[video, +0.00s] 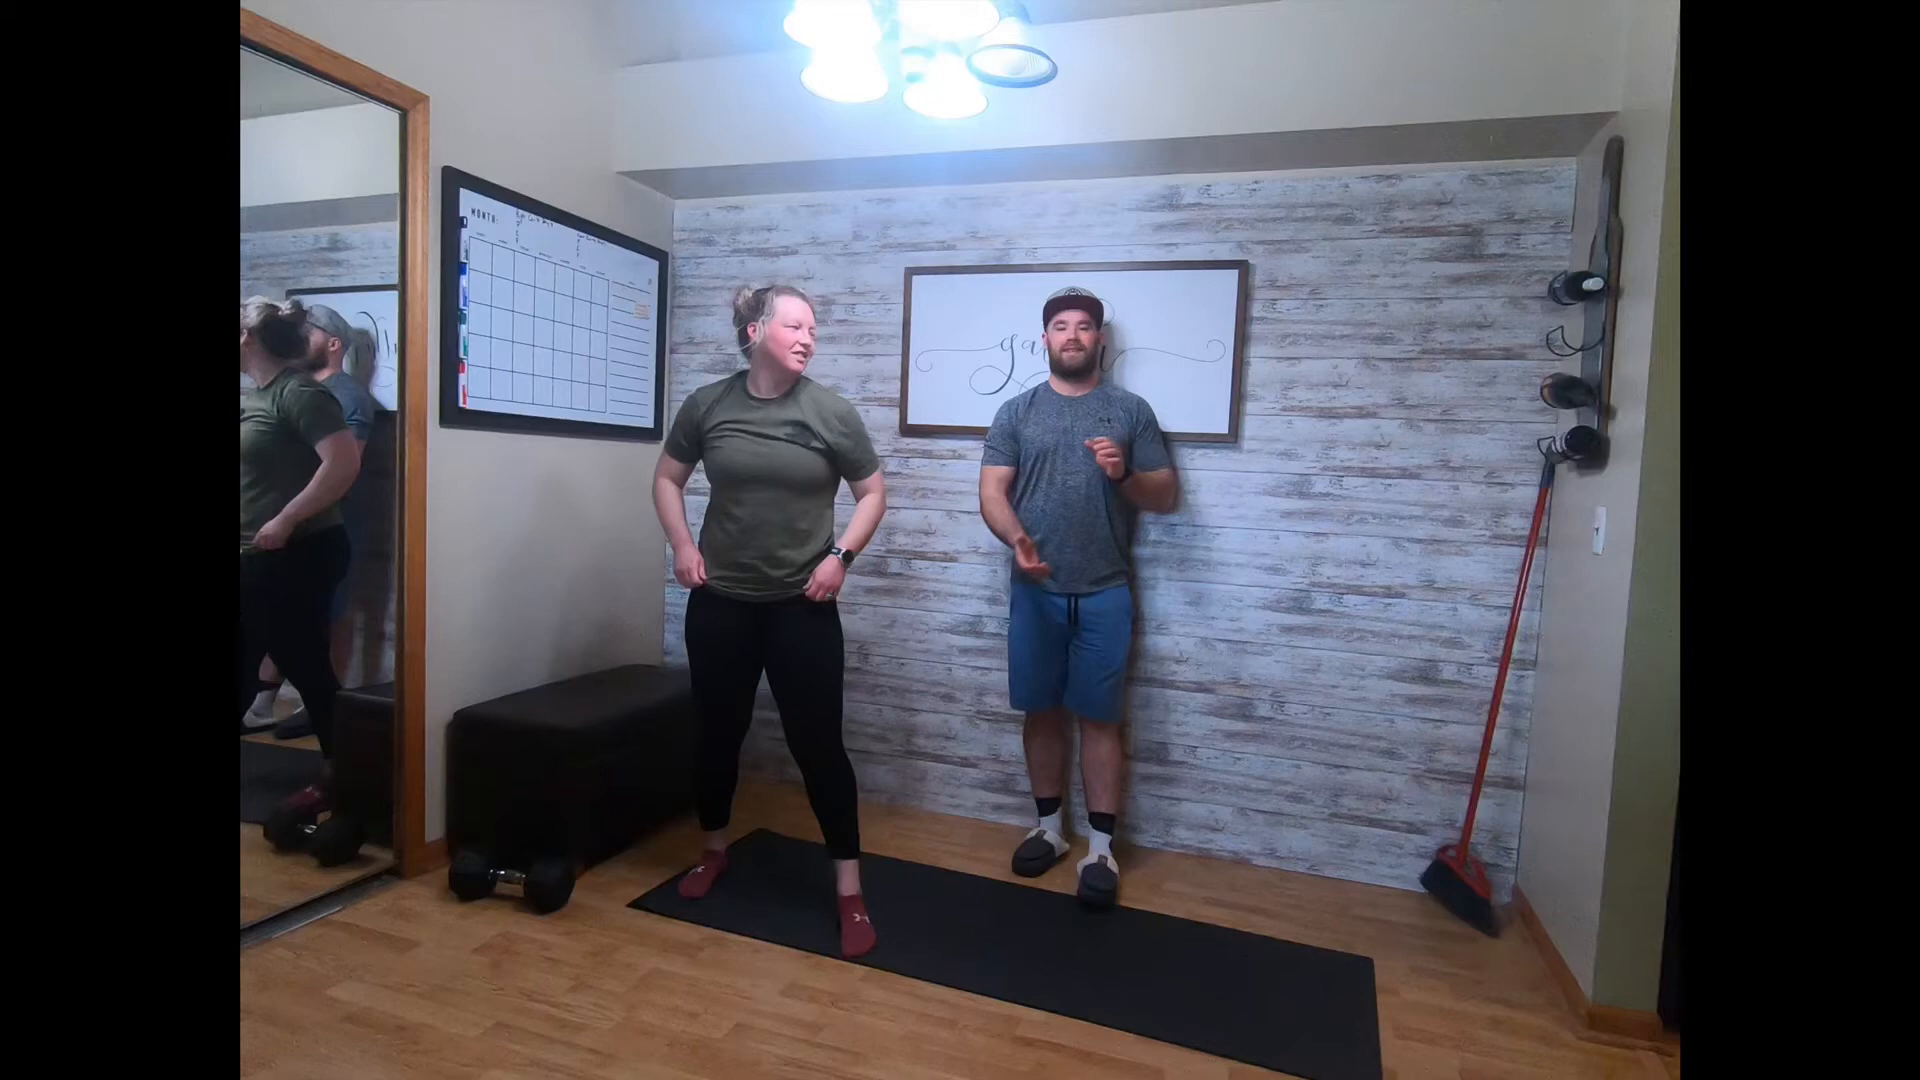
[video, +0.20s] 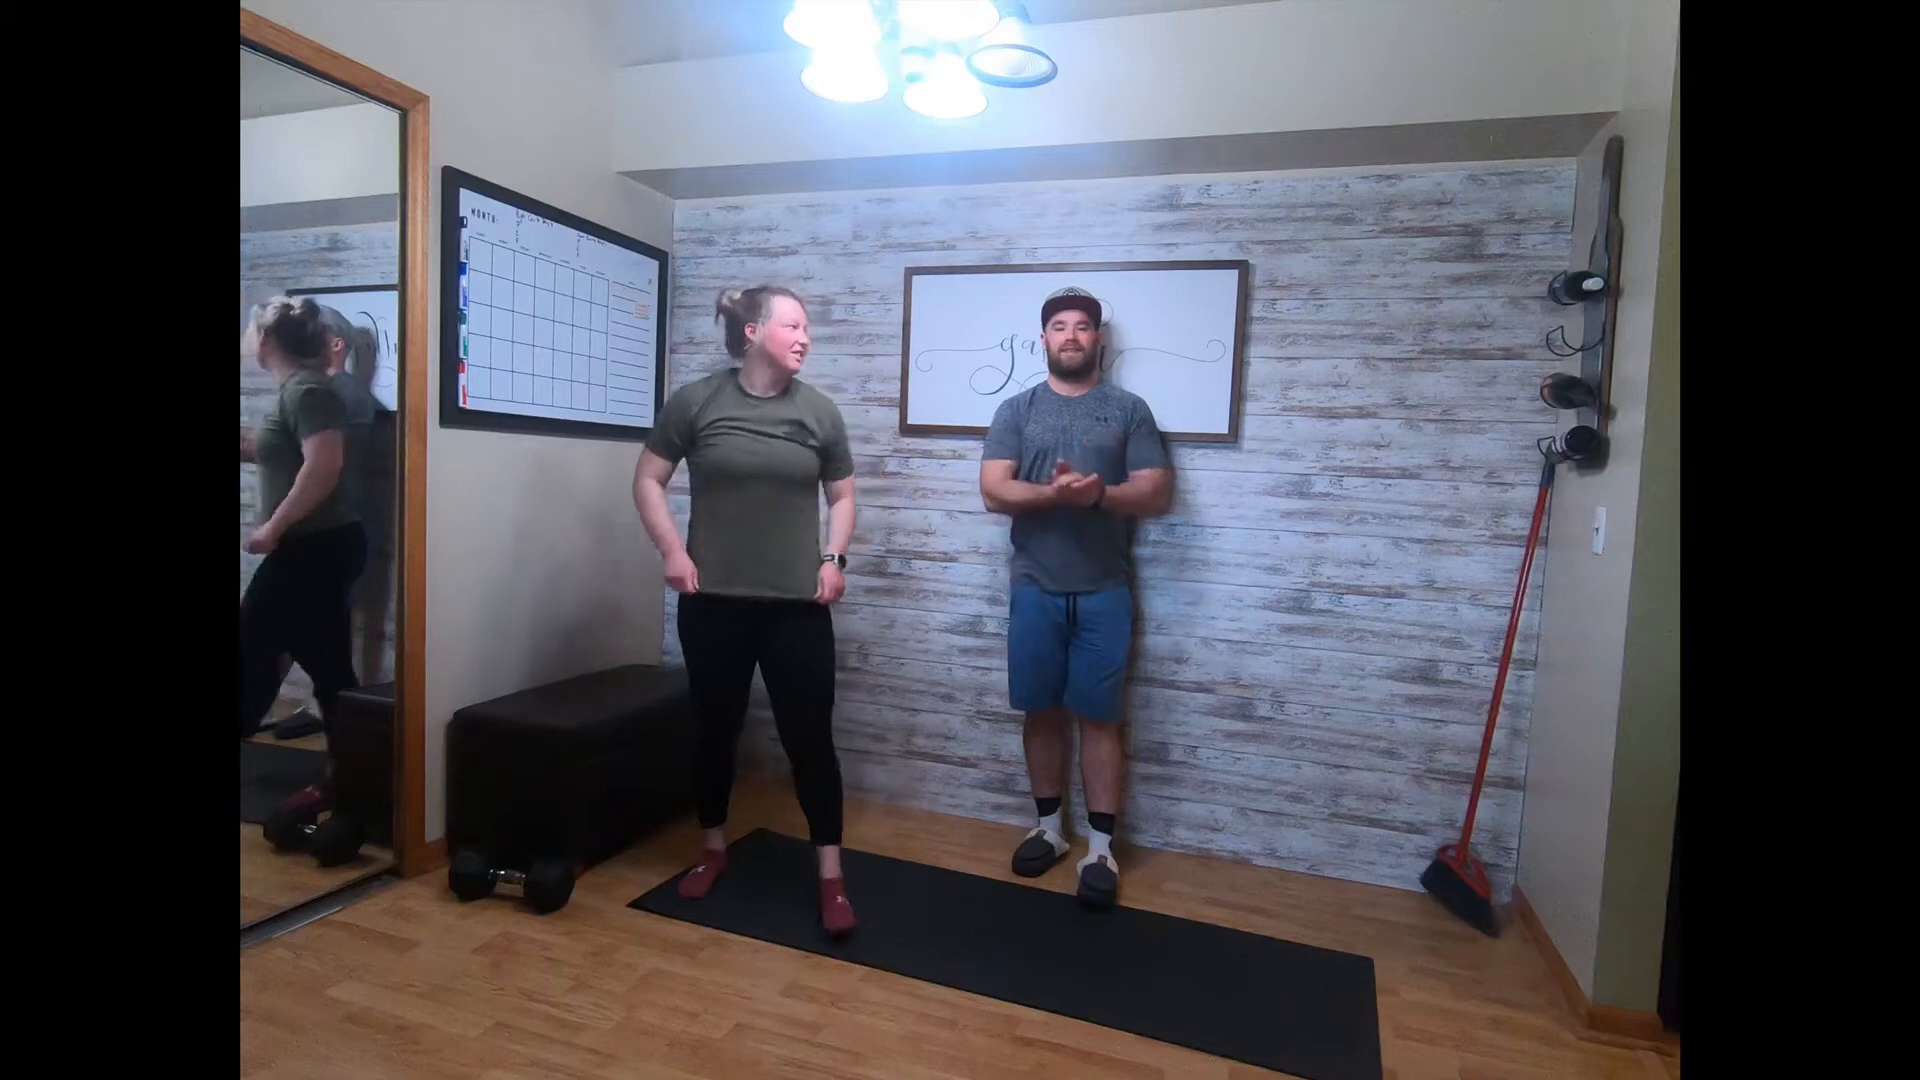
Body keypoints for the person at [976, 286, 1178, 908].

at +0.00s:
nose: (1072, 334)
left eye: (1083, 326)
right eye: (1060, 326)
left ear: (1100, 340)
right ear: (1045, 340)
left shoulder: (1129, 411)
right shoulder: (1018, 411)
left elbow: (1164, 497)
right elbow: (992, 494)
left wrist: (1124, 474)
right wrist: (1016, 536)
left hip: (1103, 585)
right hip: (1035, 583)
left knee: (1099, 714)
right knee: (1040, 710)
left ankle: (1100, 850)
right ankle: (1048, 830)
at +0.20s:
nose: (1071, 334)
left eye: (1082, 326)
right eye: (1059, 326)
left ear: (1099, 339)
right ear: (1044, 340)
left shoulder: (1127, 409)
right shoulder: (1018, 410)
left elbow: (1155, 493)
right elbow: (993, 489)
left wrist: (1099, 493)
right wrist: (1052, 493)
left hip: (1104, 585)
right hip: (1035, 583)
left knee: (1099, 714)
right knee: (1040, 709)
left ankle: (1100, 851)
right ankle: (1048, 830)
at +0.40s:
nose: (1072, 333)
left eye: (1084, 325)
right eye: (1061, 326)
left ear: (1100, 339)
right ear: (1045, 339)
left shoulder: (1128, 410)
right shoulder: (1018, 409)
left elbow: (1157, 493)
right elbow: (990, 489)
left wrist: (1099, 492)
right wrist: (1051, 491)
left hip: (1104, 585)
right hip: (1035, 583)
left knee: (1099, 713)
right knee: (1040, 708)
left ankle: (1100, 850)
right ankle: (1048, 830)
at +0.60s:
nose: (1072, 334)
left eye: (1083, 326)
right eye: (1060, 326)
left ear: (1100, 339)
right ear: (1045, 339)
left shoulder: (1128, 411)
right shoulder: (1018, 410)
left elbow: (1158, 493)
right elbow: (990, 489)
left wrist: (1098, 496)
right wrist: (1049, 495)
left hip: (1104, 585)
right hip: (1035, 582)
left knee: (1099, 714)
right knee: (1040, 709)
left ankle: (1100, 850)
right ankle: (1048, 830)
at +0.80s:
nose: (1071, 333)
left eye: (1083, 325)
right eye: (1060, 326)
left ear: (1099, 338)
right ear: (1044, 339)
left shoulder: (1128, 410)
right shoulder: (1018, 410)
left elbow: (1159, 492)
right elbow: (989, 490)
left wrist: (1097, 496)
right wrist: (1049, 495)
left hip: (1105, 585)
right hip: (1035, 582)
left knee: (1099, 714)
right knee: (1040, 709)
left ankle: (1100, 850)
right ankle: (1048, 830)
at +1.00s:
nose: (1070, 334)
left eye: (1081, 325)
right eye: (1058, 326)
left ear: (1098, 339)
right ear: (1043, 340)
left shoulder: (1127, 411)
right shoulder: (1018, 411)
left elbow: (1159, 493)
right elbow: (989, 492)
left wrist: (1096, 498)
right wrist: (1045, 497)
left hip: (1105, 585)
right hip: (1036, 583)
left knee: (1099, 714)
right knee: (1040, 709)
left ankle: (1100, 850)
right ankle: (1048, 830)